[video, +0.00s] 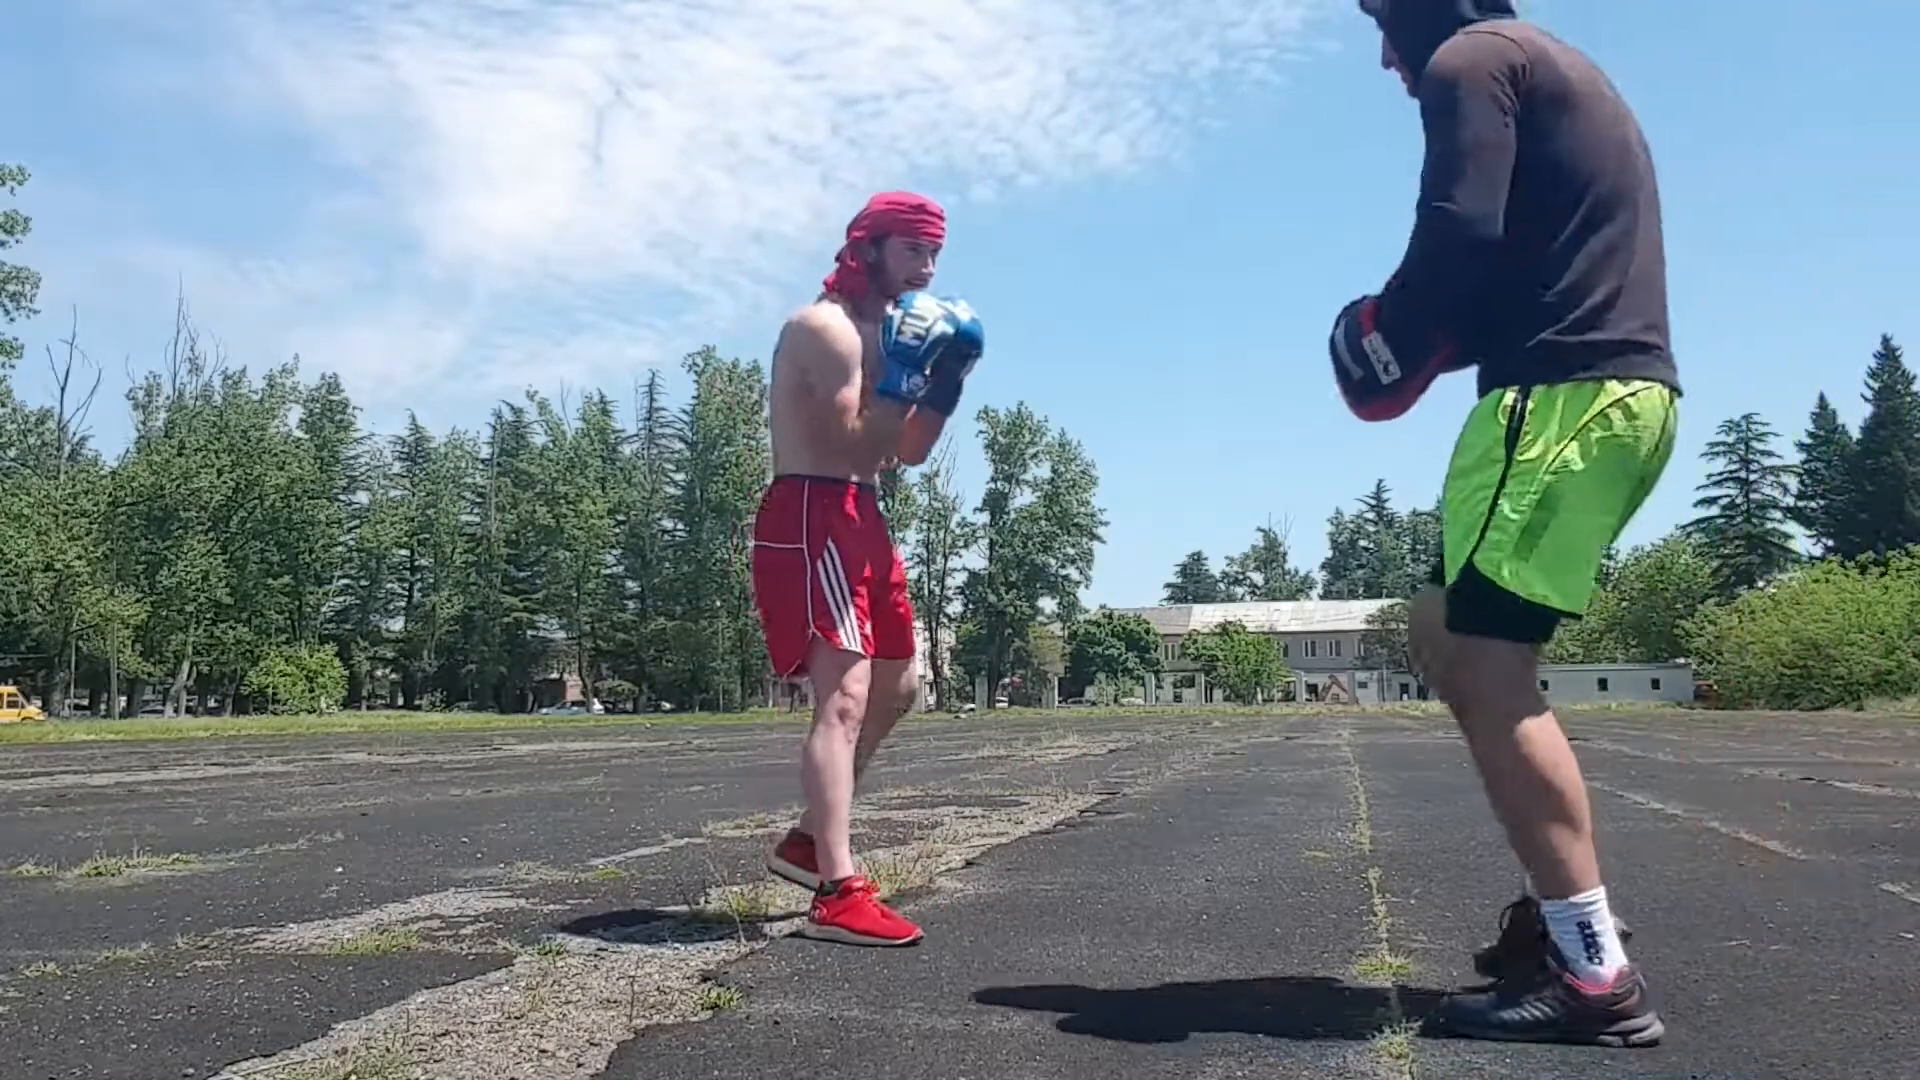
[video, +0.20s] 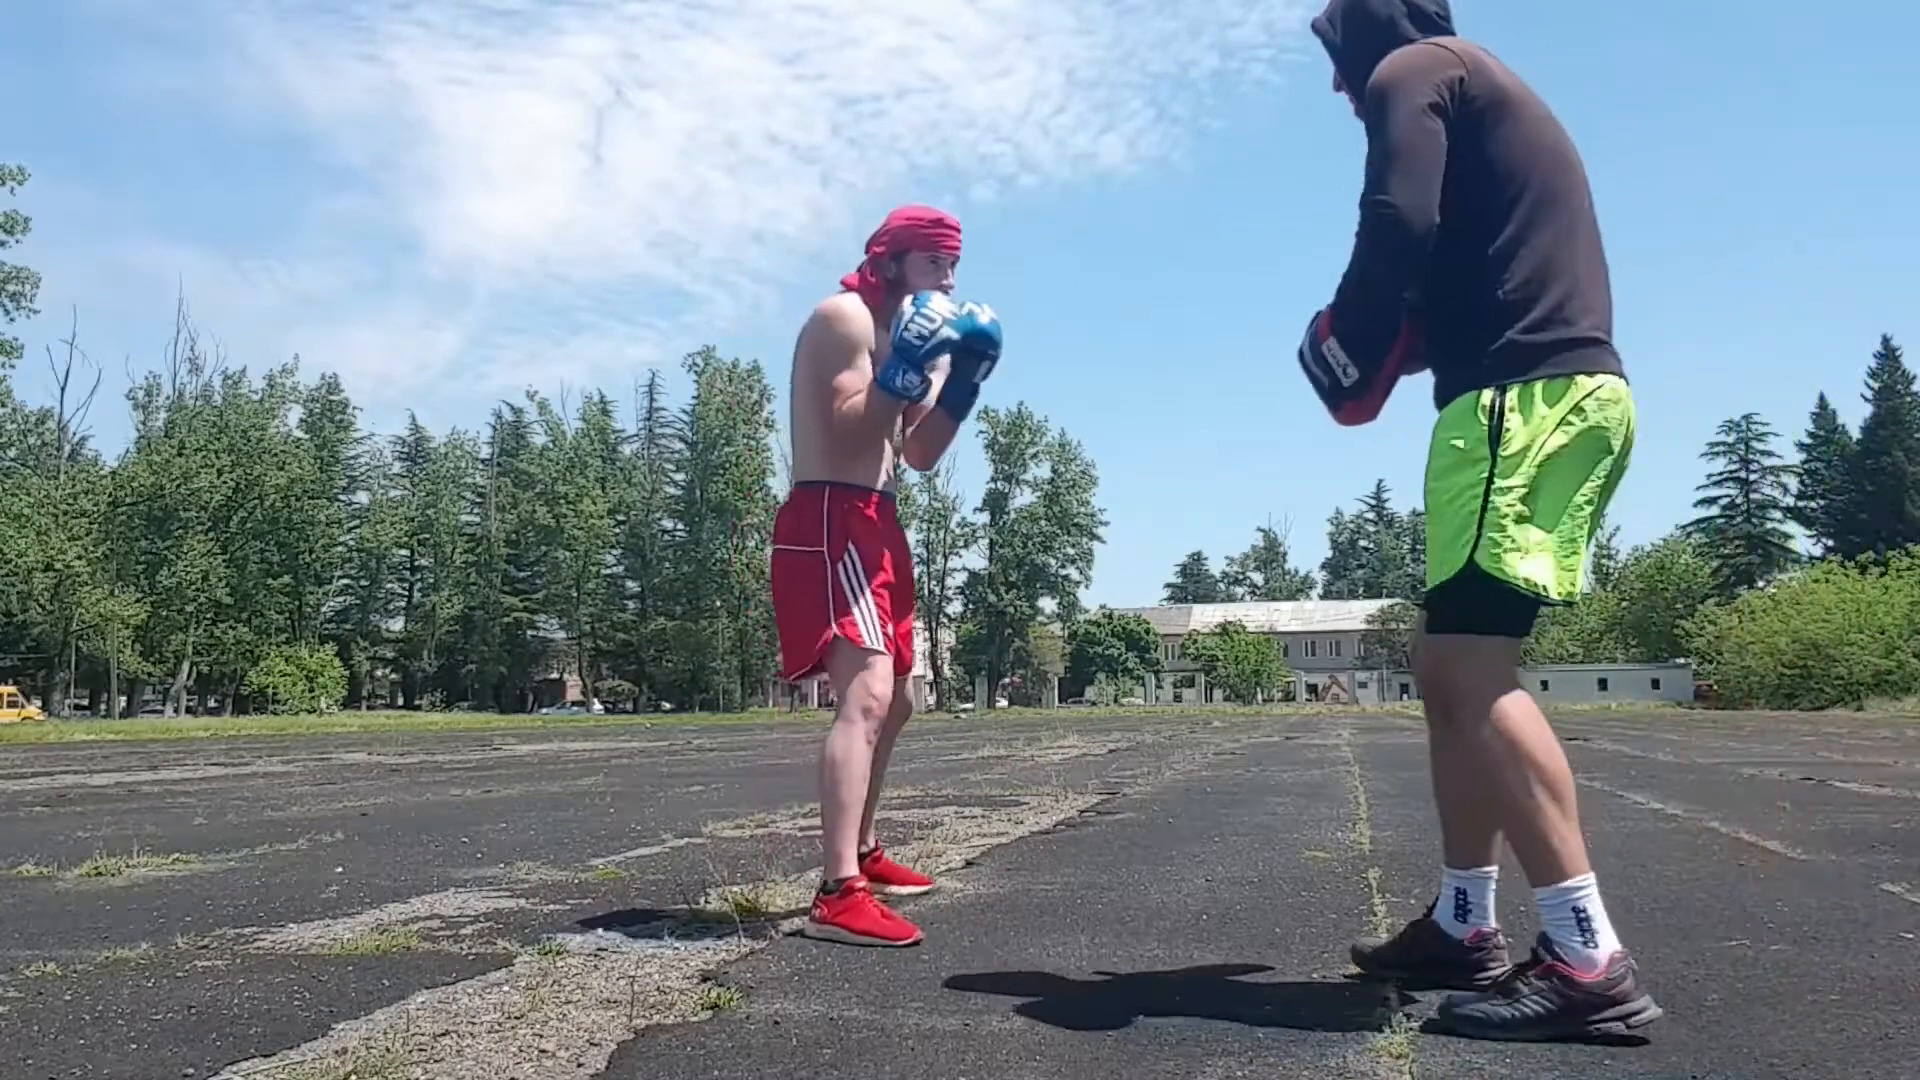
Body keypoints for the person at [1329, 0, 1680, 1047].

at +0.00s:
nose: (1386, 57)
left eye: (1385, 28)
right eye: (1378, 36)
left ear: (1423, 8)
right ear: (1479, 4)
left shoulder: (1470, 57)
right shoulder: (1560, 68)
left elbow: (1464, 221)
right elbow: (1537, 270)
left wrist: (1391, 327)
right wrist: (1426, 357)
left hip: (1563, 393)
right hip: (1619, 391)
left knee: (1490, 669)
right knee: (1443, 635)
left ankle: (1595, 977)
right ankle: (1556, 902)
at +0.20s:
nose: (1337, 77)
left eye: (1337, 51)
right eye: (1331, 57)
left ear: (1371, 26)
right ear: (1425, 20)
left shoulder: (1414, 67)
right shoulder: (1480, 86)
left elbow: (1404, 218)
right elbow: (1459, 270)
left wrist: (1346, 338)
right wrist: (1380, 364)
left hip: (1525, 399)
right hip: (1545, 398)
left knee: (1477, 673)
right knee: (1446, 667)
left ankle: (1588, 961)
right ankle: (1466, 929)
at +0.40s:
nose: (1317, 97)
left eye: (1317, 73)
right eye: (1312, 81)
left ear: (1348, 46)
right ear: (1394, 30)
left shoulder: (1395, 80)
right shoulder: (1464, 105)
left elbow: (1380, 232)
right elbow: (1431, 307)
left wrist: (1285, 327)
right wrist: (1307, 364)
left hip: (1483, 397)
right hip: (1534, 392)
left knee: (1391, 651)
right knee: (1436, 663)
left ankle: (1536, 918)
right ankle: (1464, 919)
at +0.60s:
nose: (1323, 87)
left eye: (1326, 68)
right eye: (1321, 71)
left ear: (1358, 49)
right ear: (1410, 35)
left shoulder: (1391, 107)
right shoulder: (1468, 110)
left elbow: (1253, 205)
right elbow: (1376, 211)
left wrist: (1150, 225)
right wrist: (1269, 182)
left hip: (1465, 433)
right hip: (1496, 426)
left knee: (1410, 694)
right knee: (1348, 642)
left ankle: (1541, 946)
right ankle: (1441, 881)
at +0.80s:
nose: (1312, 94)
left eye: (1314, 75)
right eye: (1310, 78)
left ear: (1339, 61)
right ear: (1397, 45)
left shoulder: (1376, 123)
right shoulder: (1453, 118)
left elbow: (1244, 223)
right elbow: (1355, 198)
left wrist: (1137, 237)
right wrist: (1258, 171)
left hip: (1436, 426)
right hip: (1474, 420)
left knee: (1419, 682)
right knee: (1356, 653)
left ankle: (1539, 941)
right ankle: (1396, 902)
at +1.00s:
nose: (1291, 106)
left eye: (1294, 90)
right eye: (1290, 92)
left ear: (1321, 77)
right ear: (1374, 65)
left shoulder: (1357, 139)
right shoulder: (1425, 133)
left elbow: (1224, 231)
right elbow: (1330, 201)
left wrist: (1125, 221)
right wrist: (1240, 179)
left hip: (1426, 431)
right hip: (1471, 427)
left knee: (1364, 665)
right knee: (1361, 668)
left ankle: (1519, 908)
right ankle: (1393, 902)